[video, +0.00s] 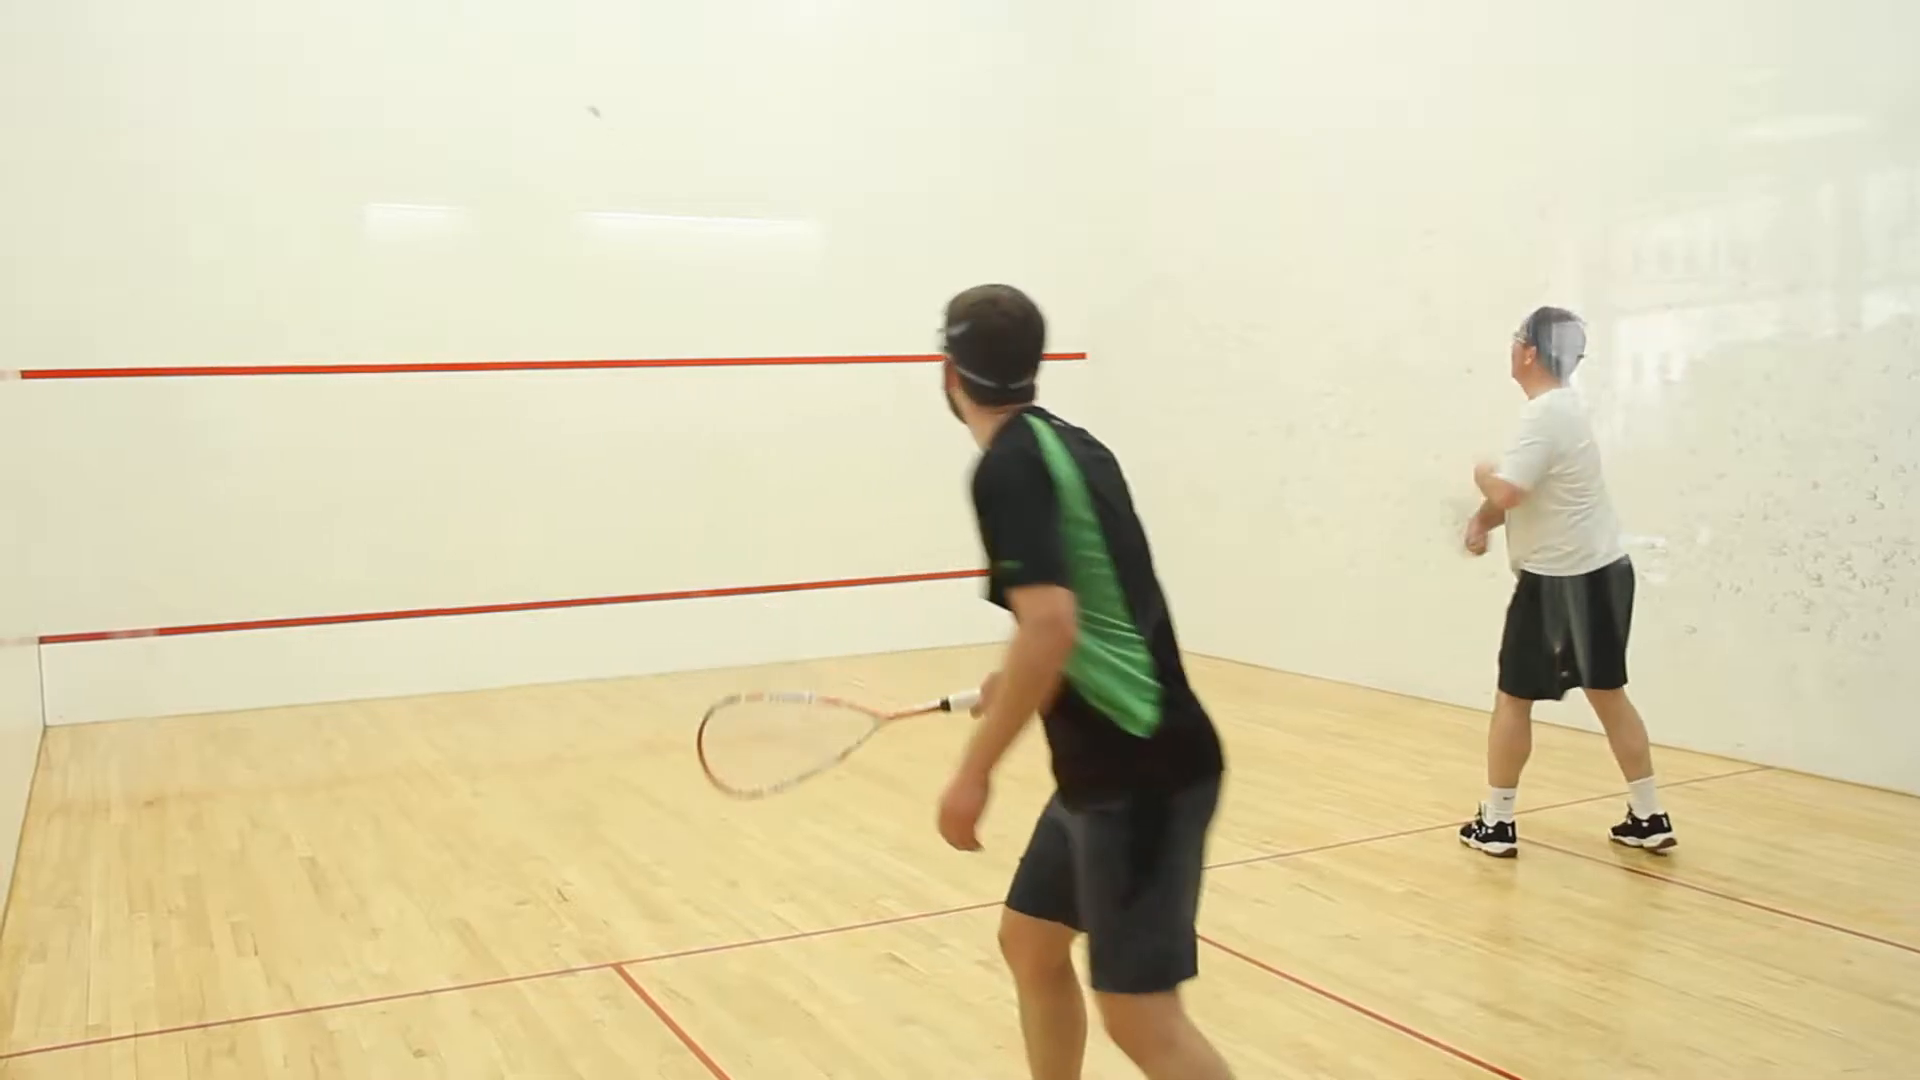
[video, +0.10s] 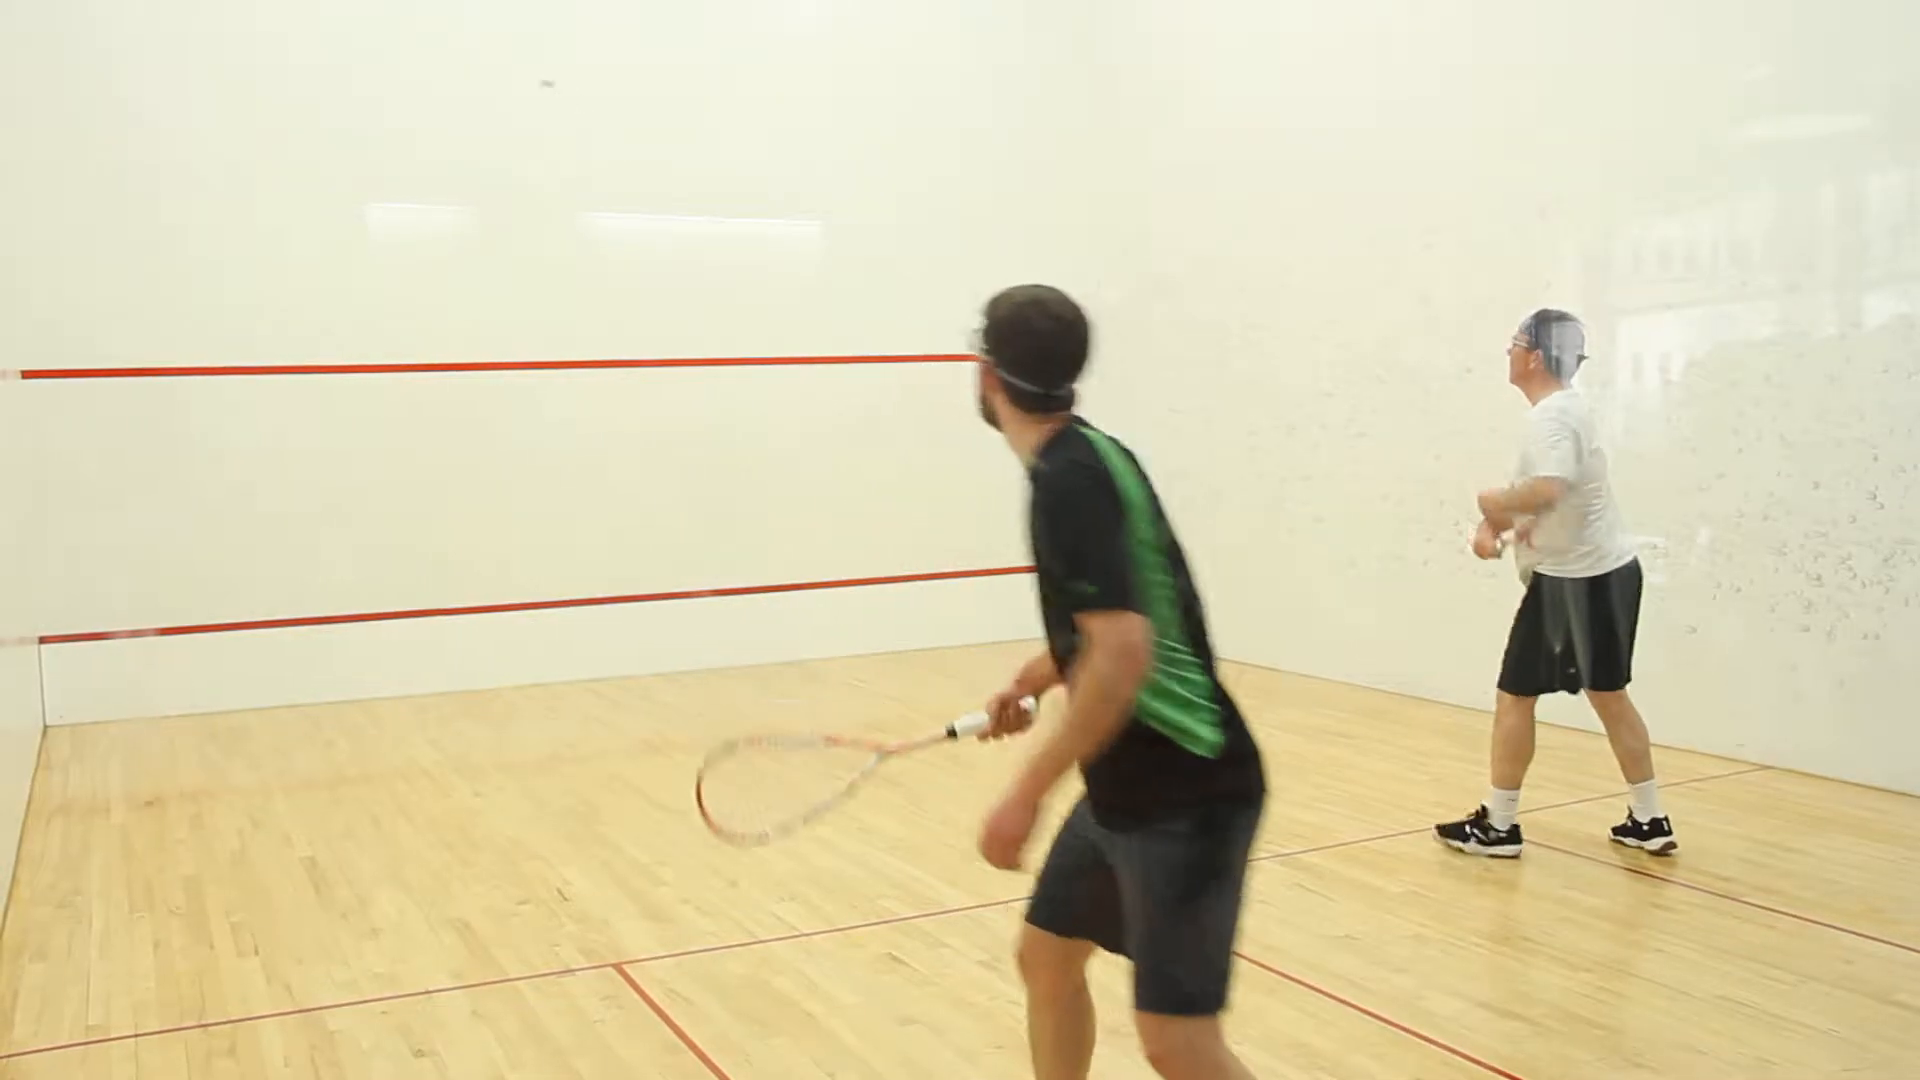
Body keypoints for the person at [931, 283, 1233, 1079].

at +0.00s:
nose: (940, 372)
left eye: (941, 359)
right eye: (947, 358)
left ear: (952, 374)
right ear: (1033, 369)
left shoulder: (1010, 464)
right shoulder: (1073, 446)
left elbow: (1049, 625)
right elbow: (1096, 606)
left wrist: (973, 770)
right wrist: (1013, 687)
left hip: (1144, 778)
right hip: (1105, 771)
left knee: (1141, 1016)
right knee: (1030, 942)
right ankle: (1055, 1074)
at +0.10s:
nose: (975, 370)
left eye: (978, 356)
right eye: (981, 355)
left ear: (990, 376)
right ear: (1070, 374)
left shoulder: (1073, 479)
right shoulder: (1085, 460)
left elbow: (1121, 655)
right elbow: (1116, 617)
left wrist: (1029, 791)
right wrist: (1029, 680)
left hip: (1190, 792)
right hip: (1128, 782)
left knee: (1180, 1038)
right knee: (1046, 955)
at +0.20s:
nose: (1031, 373)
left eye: (1038, 358)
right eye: (1038, 356)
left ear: (1056, 378)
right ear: (1124, 377)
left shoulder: (1170, 496)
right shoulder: (1108, 494)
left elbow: (1222, 684)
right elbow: (1128, 638)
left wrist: (1117, 825)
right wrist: (1045, 707)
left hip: (1247, 812)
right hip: (1164, 802)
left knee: (1208, 1049)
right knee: (1097, 981)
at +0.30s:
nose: (1096, 369)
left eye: (1109, 353)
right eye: (1103, 351)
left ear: (1141, 378)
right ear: (1159, 380)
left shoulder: (1271, 501)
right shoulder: (1152, 503)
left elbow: (1334, 701)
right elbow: (1139, 629)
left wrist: (1211, 846)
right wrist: (1056, 730)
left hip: (1300, 831)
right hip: (1190, 827)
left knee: (1244, 1064)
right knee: (1115, 1028)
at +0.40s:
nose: (1139, 349)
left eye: (1157, 332)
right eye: (1149, 328)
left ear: (1208, 364)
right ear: (1208, 366)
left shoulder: (1358, 489)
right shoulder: (1168, 494)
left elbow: (1429, 688)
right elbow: (1107, 641)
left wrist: (1302, 833)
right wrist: (1016, 766)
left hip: (1373, 814)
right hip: (1252, 803)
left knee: (1302, 1066)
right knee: (1142, 1047)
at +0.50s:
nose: (1176, 384)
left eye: (1199, 365)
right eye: (1188, 361)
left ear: (1260, 405)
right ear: (1258, 406)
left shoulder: (1418, 517)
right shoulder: (1194, 535)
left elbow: (1483, 720)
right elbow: (1137, 681)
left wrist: (1343, 879)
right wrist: (1129, 779)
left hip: (1443, 837)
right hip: (1306, 835)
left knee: (1388, 1064)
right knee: (1208, 1061)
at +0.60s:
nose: (1236, 509)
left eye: (1262, 490)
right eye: (1248, 485)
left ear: (1338, 515)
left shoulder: (1470, 625)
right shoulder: (1247, 651)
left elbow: (1536, 840)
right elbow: (1247, 845)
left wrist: (1424, 996)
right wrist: (1382, 808)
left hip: (1499, 917)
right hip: (1354, 932)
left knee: (1507, 1065)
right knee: (1293, 1065)